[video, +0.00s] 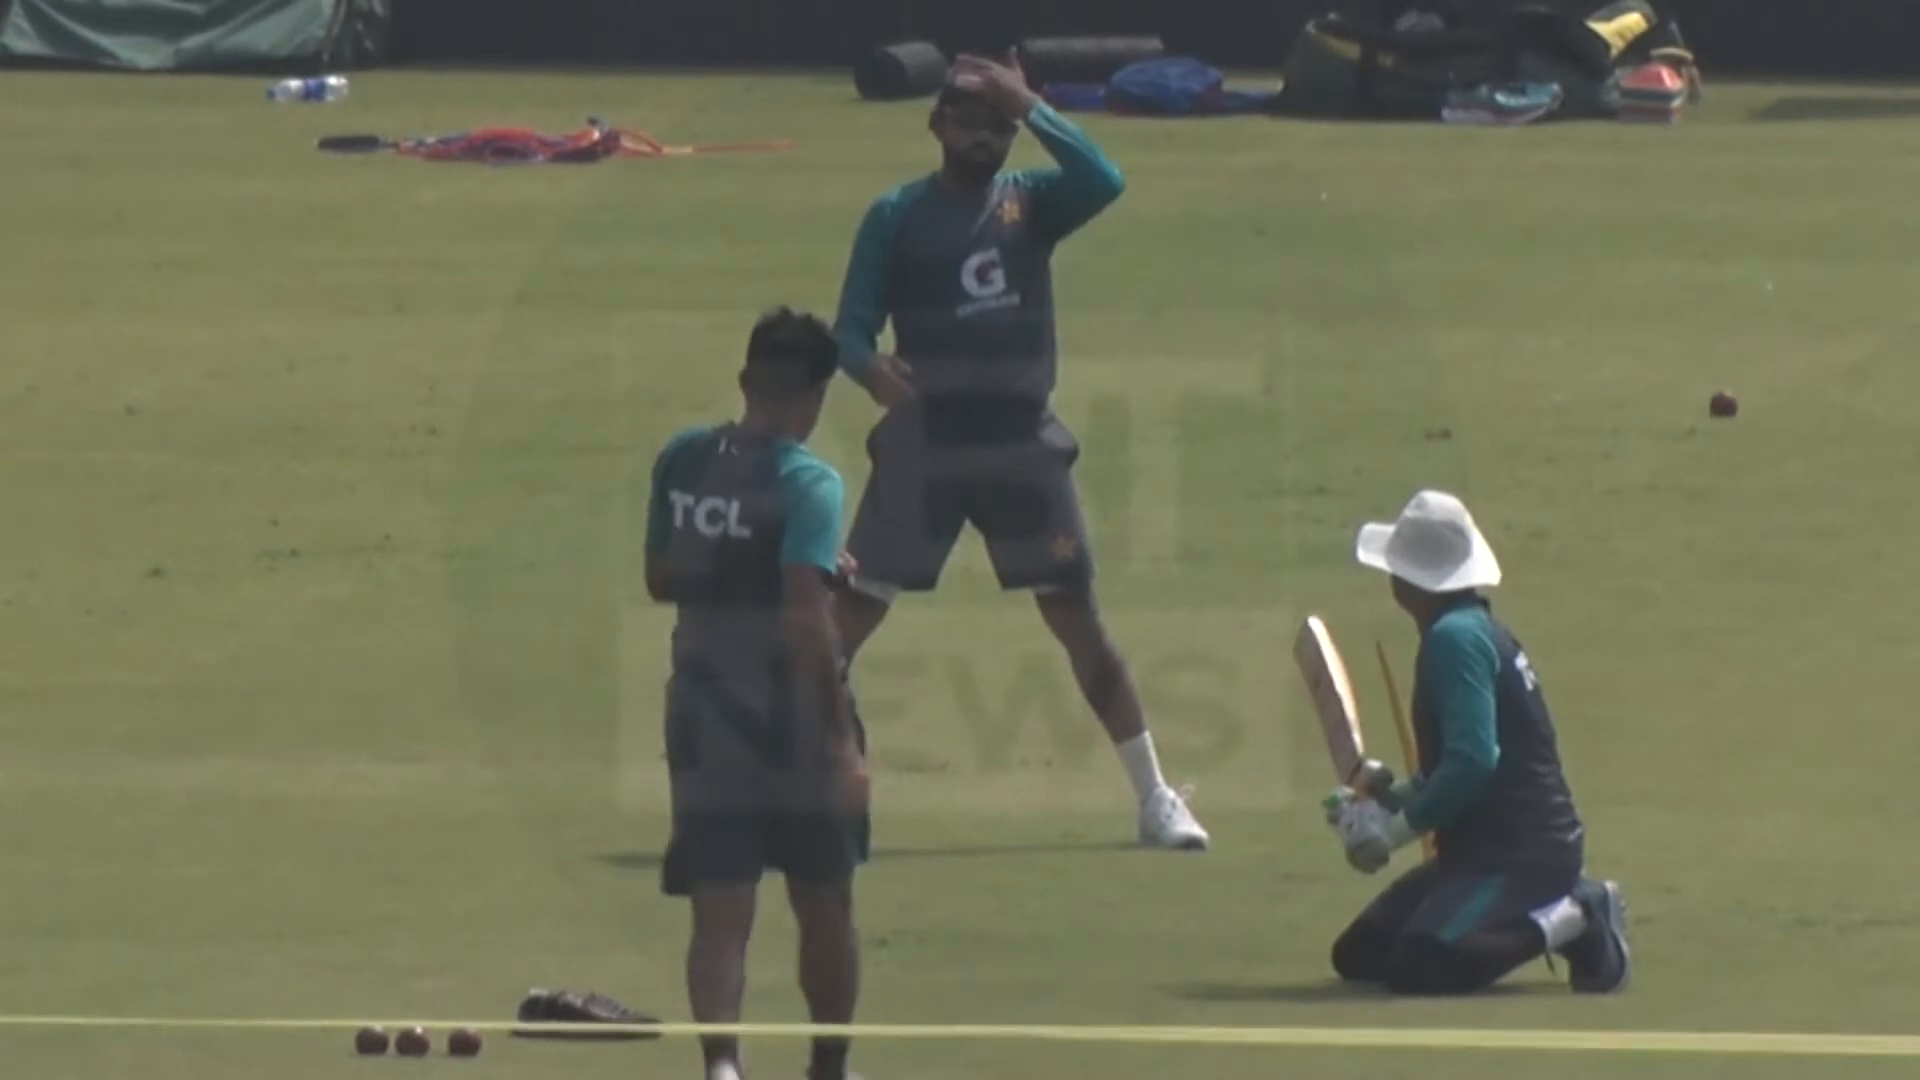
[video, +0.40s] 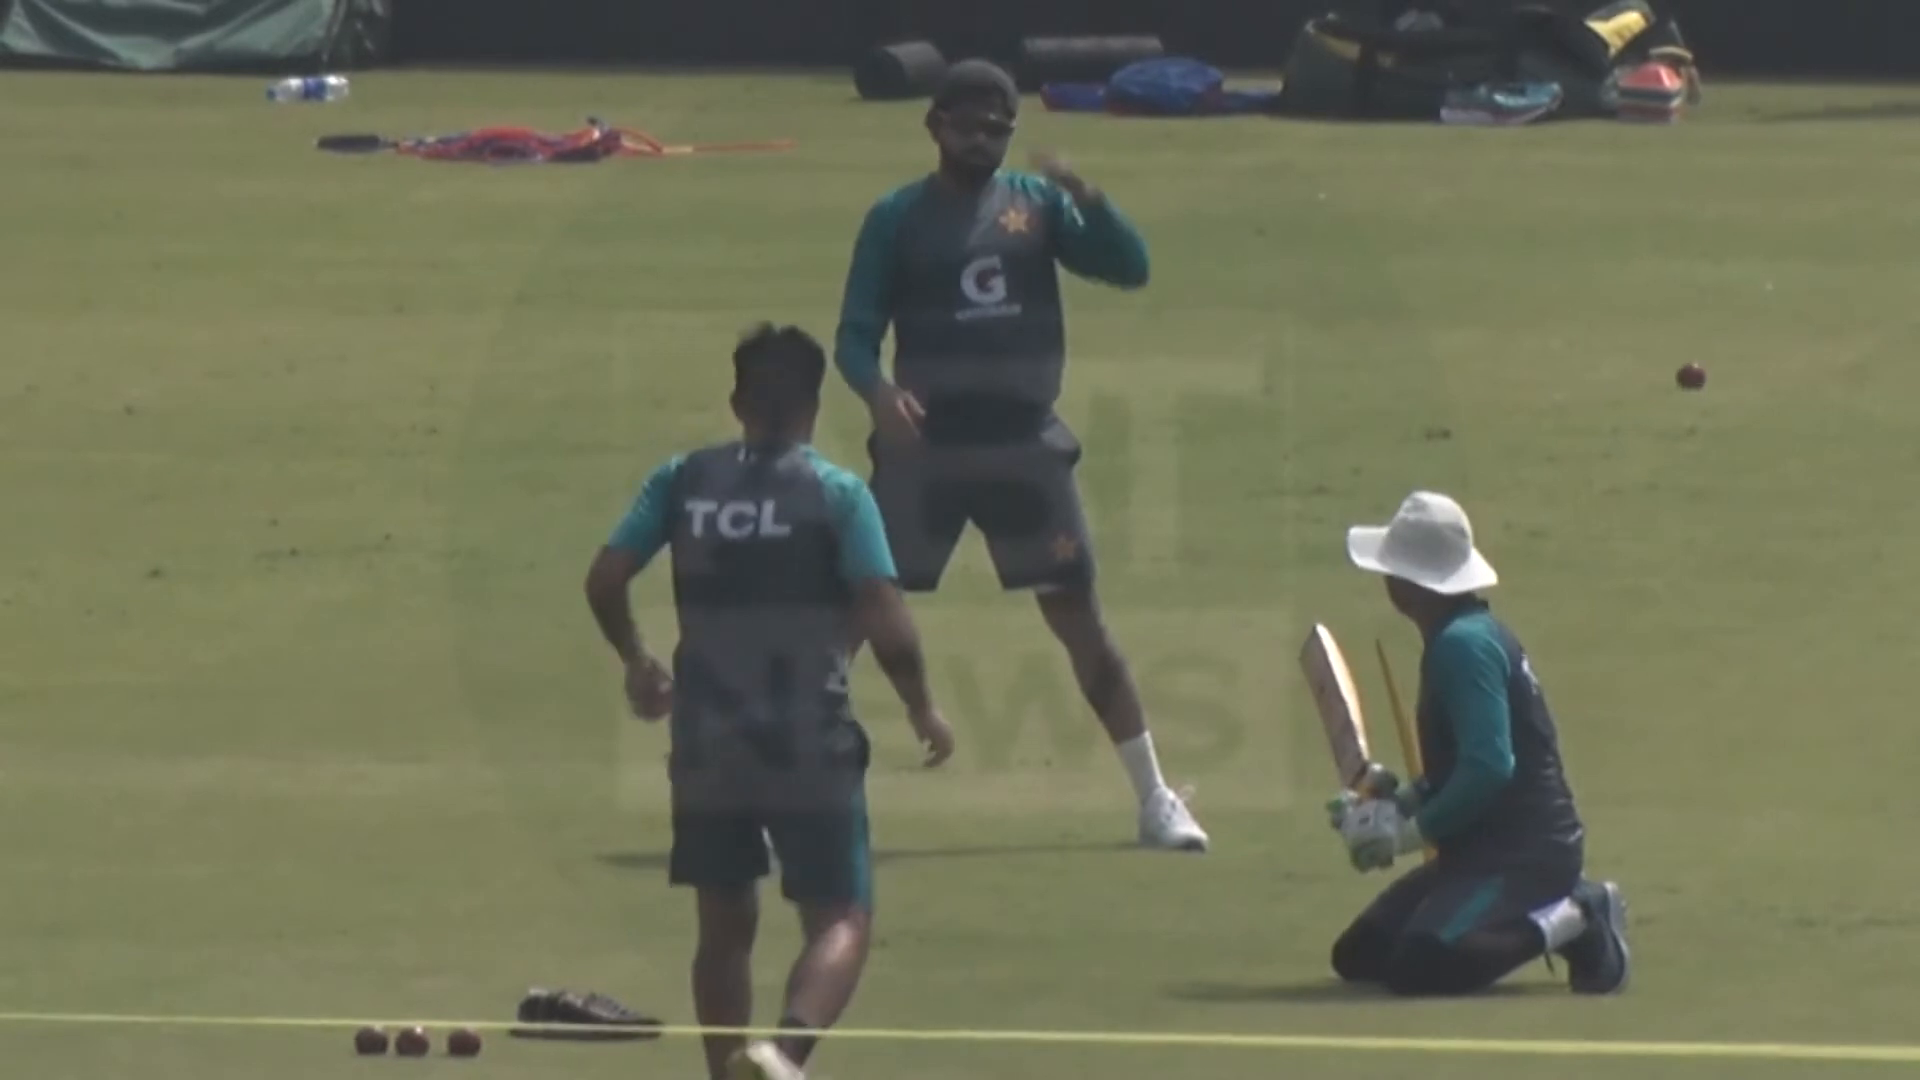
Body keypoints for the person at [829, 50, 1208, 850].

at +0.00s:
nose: (983, 139)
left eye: (997, 127)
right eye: (968, 122)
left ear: (1013, 135)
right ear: (937, 125)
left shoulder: (1030, 204)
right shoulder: (894, 218)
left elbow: (1102, 182)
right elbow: (850, 335)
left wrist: (1027, 104)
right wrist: (877, 375)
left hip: (1021, 442)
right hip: (922, 443)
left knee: (1080, 624)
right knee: (844, 622)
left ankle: (1155, 798)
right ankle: (774, 784)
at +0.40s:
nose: (982, 140)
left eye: (996, 128)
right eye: (968, 126)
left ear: (1012, 135)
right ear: (936, 126)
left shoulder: (1035, 204)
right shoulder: (894, 221)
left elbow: (1128, 270)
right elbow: (853, 339)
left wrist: (1089, 204)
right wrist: (878, 393)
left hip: (1021, 439)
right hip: (922, 442)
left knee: (1079, 621)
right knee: (858, 608)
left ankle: (1155, 798)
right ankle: (782, 763)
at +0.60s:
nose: (979, 141)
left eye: (993, 128)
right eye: (963, 128)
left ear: (1012, 132)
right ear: (934, 128)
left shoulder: (1042, 212)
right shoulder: (895, 222)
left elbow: (1099, 313)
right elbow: (852, 344)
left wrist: (1091, 372)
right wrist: (884, 415)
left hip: (1023, 440)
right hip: (923, 445)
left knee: (1079, 620)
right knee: (856, 610)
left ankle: (1155, 798)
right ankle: (800, 788)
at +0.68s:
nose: (980, 141)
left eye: (994, 128)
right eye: (965, 127)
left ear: (1015, 131)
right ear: (936, 128)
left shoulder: (1046, 215)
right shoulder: (896, 221)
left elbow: (1086, 319)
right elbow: (852, 340)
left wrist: (1085, 402)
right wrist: (886, 416)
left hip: (1023, 441)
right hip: (924, 446)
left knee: (1080, 620)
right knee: (855, 611)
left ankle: (1155, 798)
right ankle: (804, 788)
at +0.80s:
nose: (984, 137)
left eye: (998, 125)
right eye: (969, 124)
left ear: (1019, 131)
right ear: (940, 127)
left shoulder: (1048, 214)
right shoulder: (898, 219)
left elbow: (1080, 320)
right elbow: (852, 338)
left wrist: (1072, 407)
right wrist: (886, 419)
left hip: (1023, 439)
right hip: (924, 440)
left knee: (1078, 616)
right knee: (865, 614)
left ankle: (1156, 798)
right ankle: (809, 789)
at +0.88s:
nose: (985, 140)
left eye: (1001, 127)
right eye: (970, 126)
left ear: (1021, 134)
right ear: (942, 129)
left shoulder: (1050, 214)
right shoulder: (899, 219)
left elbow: (1082, 317)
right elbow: (848, 334)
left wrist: (1070, 404)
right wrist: (888, 418)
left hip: (1020, 444)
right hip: (923, 445)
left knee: (1079, 619)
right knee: (867, 616)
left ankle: (1156, 797)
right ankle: (814, 790)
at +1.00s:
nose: (989, 159)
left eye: (1004, 146)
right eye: (975, 145)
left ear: (1026, 145)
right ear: (949, 143)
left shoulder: (1056, 220)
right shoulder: (903, 224)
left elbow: (1092, 321)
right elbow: (843, 327)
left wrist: (1070, 402)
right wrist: (880, 413)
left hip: (1018, 451)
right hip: (919, 453)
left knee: (1082, 624)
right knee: (862, 620)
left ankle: (1157, 798)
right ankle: (815, 794)